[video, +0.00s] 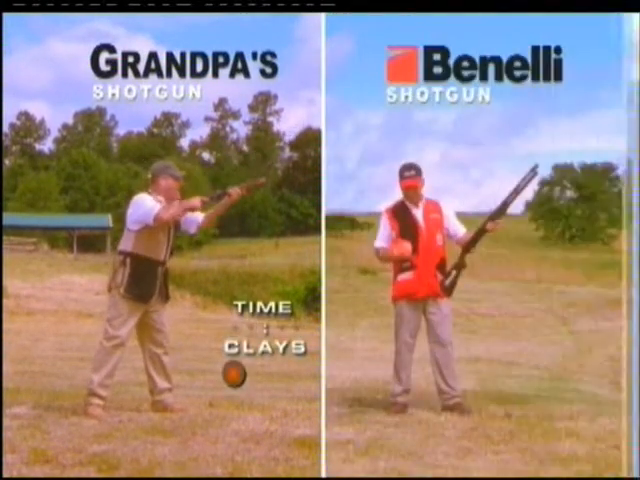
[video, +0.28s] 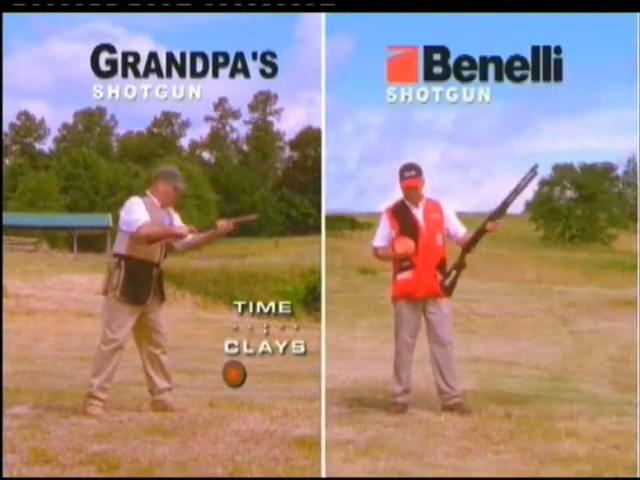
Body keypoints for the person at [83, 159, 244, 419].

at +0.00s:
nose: (178, 191)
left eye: (179, 186)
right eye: (174, 185)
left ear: (174, 187)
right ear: (158, 183)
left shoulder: (171, 209)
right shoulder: (141, 201)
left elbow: (201, 222)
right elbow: (164, 217)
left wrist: (226, 202)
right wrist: (187, 204)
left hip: (156, 274)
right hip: (131, 271)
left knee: (157, 341)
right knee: (115, 337)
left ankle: (161, 397)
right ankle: (96, 397)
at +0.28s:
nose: (176, 197)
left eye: (178, 192)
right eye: (174, 190)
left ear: (170, 191)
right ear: (159, 185)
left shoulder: (168, 215)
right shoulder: (135, 205)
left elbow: (186, 243)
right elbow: (140, 233)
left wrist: (216, 232)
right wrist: (176, 232)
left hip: (151, 276)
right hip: (126, 273)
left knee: (155, 342)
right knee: (113, 340)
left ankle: (161, 397)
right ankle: (95, 399)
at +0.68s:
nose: (159, 199)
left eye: (160, 195)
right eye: (157, 193)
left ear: (155, 192)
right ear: (144, 188)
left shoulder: (155, 216)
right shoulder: (119, 209)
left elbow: (160, 251)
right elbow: (128, 243)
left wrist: (184, 254)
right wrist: (165, 244)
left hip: (144, 275)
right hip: (118, 274)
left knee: (152, 342)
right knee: (113, 341)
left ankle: (161, 397)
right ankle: (94, 399)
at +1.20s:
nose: (126, 182)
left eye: (125, 178)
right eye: (121, 178)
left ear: (118, 182)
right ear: (105, 184)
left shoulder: (130, 205)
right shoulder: (105, 211)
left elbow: (143, 238)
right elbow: (127, 240)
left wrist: (171, 243)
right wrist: (161, 238)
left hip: (144, 276)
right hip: (120, 280)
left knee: (154, 343)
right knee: (113, 342)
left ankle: (162, 397)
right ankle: (94, 400)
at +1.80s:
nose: (127, 191)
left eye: (129, 187)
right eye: (123, 187)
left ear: (128, 186)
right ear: (108, 185)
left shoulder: (134, 209)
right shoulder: (96, 212)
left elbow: (146, 241)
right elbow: (99, 244)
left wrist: (170, 237)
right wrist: (132, 241)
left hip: (143, 279)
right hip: (117, 282)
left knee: (152, 344)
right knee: (112, 343)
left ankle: (162, 397)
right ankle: (95, 400)